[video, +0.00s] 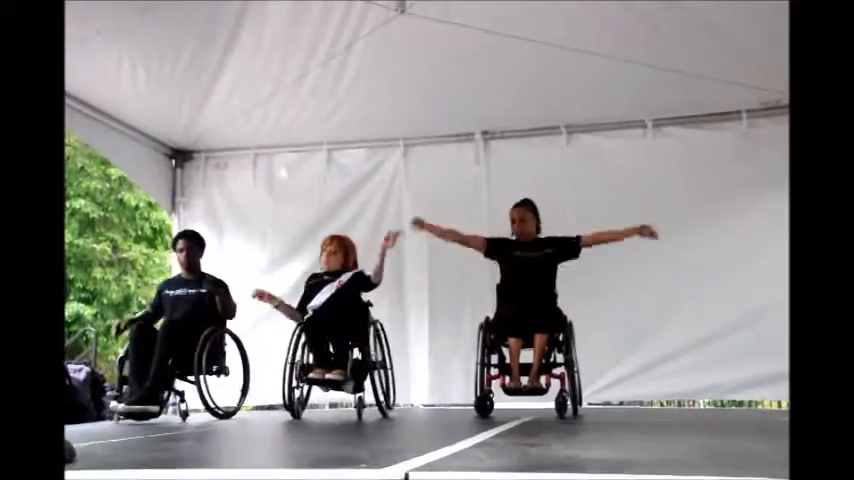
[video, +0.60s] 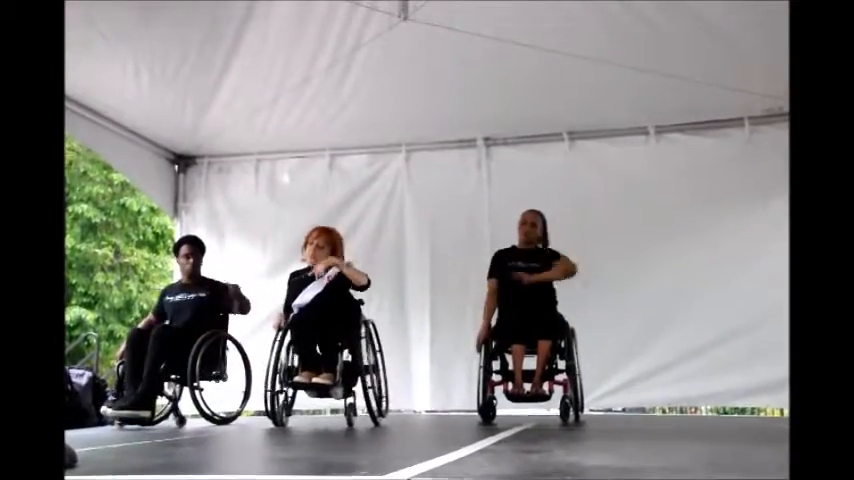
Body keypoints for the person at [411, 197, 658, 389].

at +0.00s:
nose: (515, 226)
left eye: (520, 221)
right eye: (513, 221)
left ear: (535, 222)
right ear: (510, 223)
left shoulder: (554, 245)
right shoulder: (502, 246)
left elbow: (594, 239)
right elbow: (463, 239)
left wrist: (633, 232)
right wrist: (431, 229)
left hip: (542, 309)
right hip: (511, 309)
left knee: (544, 313)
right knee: (514, 315)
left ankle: (535, 375)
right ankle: (514, 375)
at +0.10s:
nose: (521, 226)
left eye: (526, 221)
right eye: (518, 221)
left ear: (540, 223)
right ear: (515, 224)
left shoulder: (554, 244)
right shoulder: (505, 249)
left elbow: (592, 223)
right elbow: (465, 256)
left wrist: (624, 204)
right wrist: (429, 261)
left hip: (543, 308)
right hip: (512, 308)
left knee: (544, 319)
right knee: (515, 320)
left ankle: (535, 378)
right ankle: (515, 378)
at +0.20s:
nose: (528, 228)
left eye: (534, 224)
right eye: (526, 224)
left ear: (546, 227)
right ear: (522, 226)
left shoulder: (553, 249)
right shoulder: (508, 252)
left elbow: (574, 212)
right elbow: (476, 280)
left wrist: (591, 173)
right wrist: (442, 303)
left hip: (542, 309)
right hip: (512, 309)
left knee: (546, 318)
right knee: (516, 320)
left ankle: (536, 378)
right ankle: (515, 379)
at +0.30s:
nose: (531, 229)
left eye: (538, 225)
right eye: (529, 224)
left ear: (549, 229)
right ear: (524, 227)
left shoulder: (553, 251)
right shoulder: (508, 254)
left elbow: (563, 215)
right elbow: (486, 288)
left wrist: (557, 173)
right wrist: (460, 318)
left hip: (542, 311)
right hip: (512, 311)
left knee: (548, 320)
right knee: (515, 322)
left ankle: (535, 381)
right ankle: (516, 381)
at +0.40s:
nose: (532, 229)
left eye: (537, 224)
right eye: (529, 224)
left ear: (547, 228)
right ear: (525, 228)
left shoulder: (554, 252)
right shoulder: (508, 254)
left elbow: (555, 220)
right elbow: (492, 293)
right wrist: (475, 322)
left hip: (543, 312)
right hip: (513, 312)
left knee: (548, 322)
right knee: (517, 324)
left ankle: (536, 381)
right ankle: (517, 381)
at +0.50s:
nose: (531, 228)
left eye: (538, 224)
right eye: (527, 223)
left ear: (546, 229)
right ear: (522, 227)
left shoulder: (552, 251)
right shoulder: (505, 255)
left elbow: (553, 249)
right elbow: (493, 291)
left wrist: (520, 252)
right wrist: (485, 324)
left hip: (542, 311)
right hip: (514, 311)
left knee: (547, 326)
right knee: (517, 328)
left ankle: (537, 382)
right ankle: (517, 382)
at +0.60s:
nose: (527, 228)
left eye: (533, 225)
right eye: (523, 224)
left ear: (542, 231)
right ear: (518, 228)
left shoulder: (547, 254)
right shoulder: (502, 256)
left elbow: (568, 268)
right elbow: (492, 292)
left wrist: (534, 278)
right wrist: (486, 324)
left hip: (542, 312)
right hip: (513, 311)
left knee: (547, 329)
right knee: (517, 331)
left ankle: (537, 382)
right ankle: (517, 383)